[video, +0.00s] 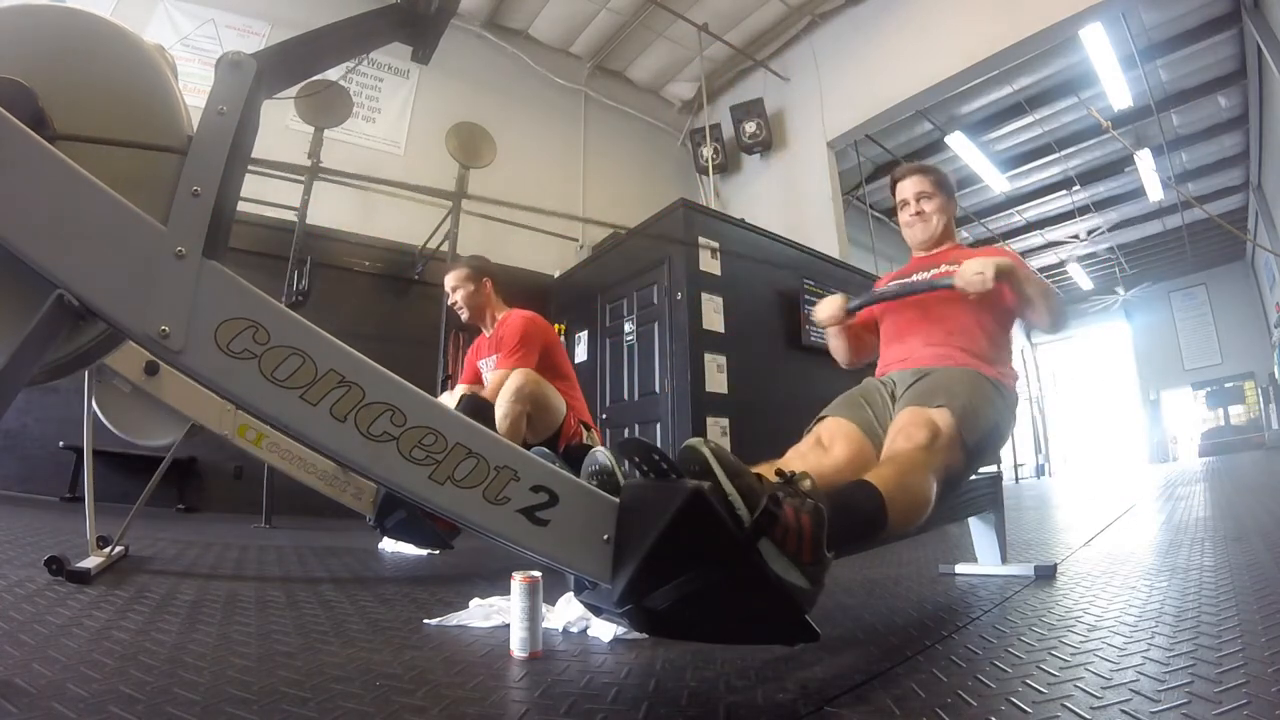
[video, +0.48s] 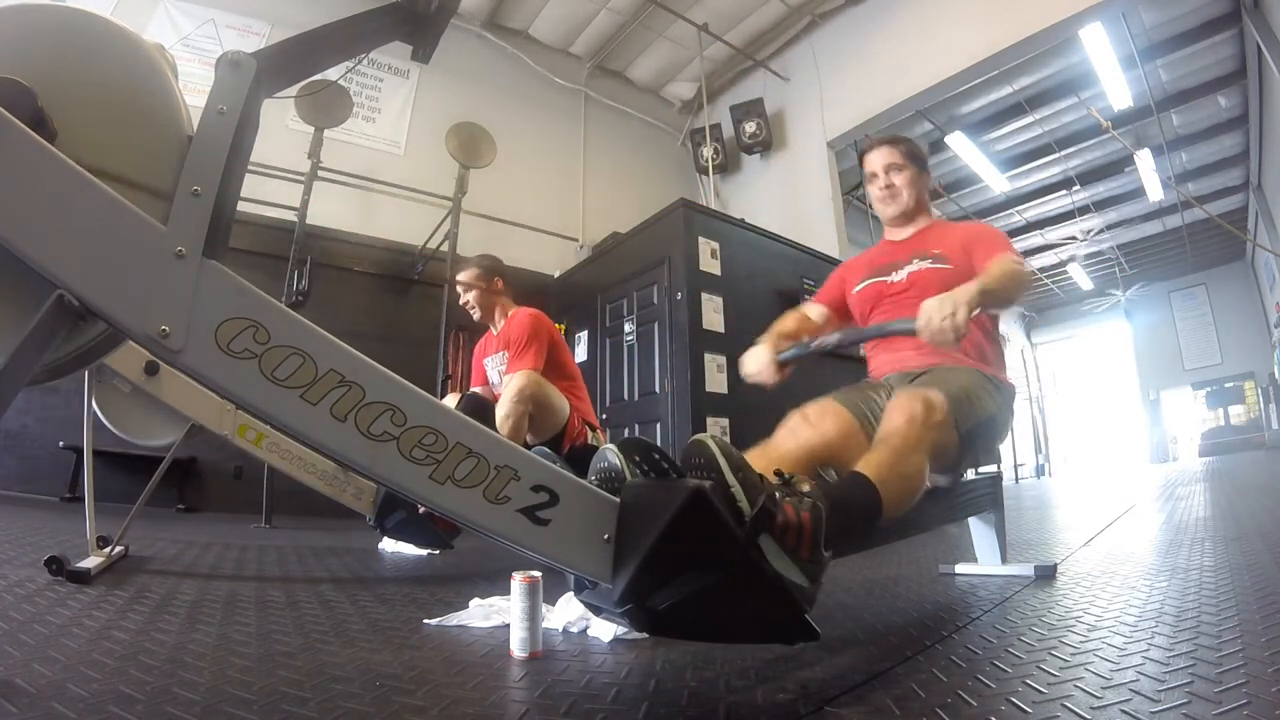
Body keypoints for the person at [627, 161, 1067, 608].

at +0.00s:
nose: (914, 208)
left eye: (925, 197)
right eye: (904, 203)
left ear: (951, 206)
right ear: (897, 220)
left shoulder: (990, 258)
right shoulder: (889, 282)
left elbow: (1047, 317)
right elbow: (853, 356)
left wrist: (1009, 267)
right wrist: (835, 325)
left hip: (962, 374)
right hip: (886, 382)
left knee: (915, 437)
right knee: (822, 445)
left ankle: (820, 529)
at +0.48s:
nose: (883, 182)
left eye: (894, 170)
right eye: (873, 178)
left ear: (925, 179)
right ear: (867, 194)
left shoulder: (970, 235)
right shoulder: (854, 269)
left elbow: (1016, 275)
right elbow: (808, 318)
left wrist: (970, 292)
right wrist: (769, 343)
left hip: (966, 374)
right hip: (882, 385)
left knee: (910, 413)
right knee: (805, 424)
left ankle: (828, 517)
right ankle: (693, 488)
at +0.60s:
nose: (863, 170)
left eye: (876, 157)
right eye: (853, 165)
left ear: (910, 165)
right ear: (847, 182)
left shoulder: (959, 223)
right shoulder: (837, 260)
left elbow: (967, 264)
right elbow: (786, 301)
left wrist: (930, 301)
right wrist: (733, 345)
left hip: (968, 388)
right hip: (879, 395)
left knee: (909, 381)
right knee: (786, 408)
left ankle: (822, 514)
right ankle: (703, 502)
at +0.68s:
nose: (839, 156)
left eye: (851, 142)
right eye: (828, 149)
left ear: (886, 150)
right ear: (823, 163)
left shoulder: (941, 208)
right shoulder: (814, 248)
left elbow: (934, 245)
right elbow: (756, 287)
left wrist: (891, 290)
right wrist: (687, 338)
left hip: (957, 400)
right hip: (866, 403)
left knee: (903, 358)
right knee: (767, 379)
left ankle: (819, 508)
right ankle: (707, 495)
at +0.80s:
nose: (807, 140)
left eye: (821, 124)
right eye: (797, 134)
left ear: (862, 135)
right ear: (793, 152)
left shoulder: (917, 191)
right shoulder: (790, 237)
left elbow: (903, 229)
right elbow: (720, 276)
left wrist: (847, 268)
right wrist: (639, 325)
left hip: (942, 396)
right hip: (839, 398)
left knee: (889, 319)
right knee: (735, 362)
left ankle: (814, 516)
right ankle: (693, 496)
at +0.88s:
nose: (772, 125)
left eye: (788, 109)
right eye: (762, 120)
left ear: (834, 120)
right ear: (760, 143)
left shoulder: (895, 176)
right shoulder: (755, 229)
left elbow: (868, 209)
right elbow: (679, 269)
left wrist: (795, 254)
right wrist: (587, 323)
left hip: (924, 397)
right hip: (813, 401)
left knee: (873, 291)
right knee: (705, 346)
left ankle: (813, 509)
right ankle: (691, 508)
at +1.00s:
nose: (740, 107)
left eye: (757, 91)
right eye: (730, 104)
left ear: (806, 104)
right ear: (727, 132)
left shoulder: (873, 162)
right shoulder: (717, 220)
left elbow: (828, 195)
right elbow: (633, 259)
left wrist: (725, 243)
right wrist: (544, 318)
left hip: (902, 401)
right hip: (784, 408)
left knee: (851, 267)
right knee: (676, 333)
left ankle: (810, 512)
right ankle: (683, 514)